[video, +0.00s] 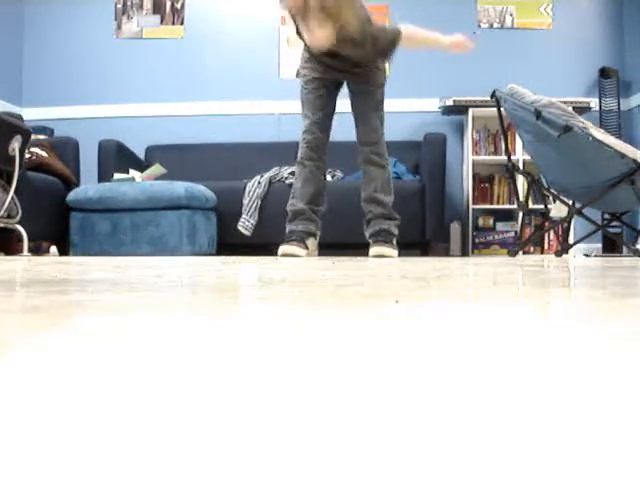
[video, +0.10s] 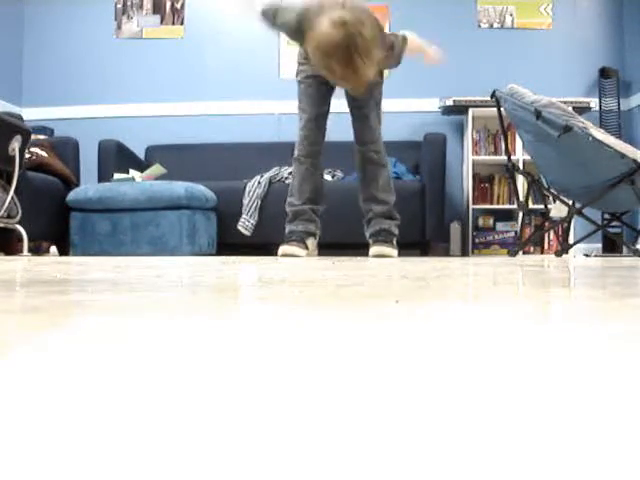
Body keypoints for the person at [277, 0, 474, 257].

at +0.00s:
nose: (316, 30)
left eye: (323, 22)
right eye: (308, 21)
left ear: (337, 18)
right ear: (300, 12)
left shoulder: (363, 34)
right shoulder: (294, 7)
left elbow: (404, 35)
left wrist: (446, 42)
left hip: (365, 62)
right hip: (318, 58)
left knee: (372, 146)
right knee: (311, 143)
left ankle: (382, 236)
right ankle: (301, 234)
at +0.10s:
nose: (345, 81)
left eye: (353, 74)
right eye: (336, 72)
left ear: (366, 52)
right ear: (320, 52)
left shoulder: (381, 48)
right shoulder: (301, 23)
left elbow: (410, 42)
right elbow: (266, 10)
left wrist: (428, 52)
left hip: (367, 61)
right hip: (315, 55)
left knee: (370, 146)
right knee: (308, 144)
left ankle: (382, 235)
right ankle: (300, 234)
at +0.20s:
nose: (360, 88)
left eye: (368, 82)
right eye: (355, 78)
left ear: (388, 57)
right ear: (337, 58)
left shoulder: (392, 40)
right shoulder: (314, 41)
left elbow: (397, 56)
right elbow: (302, 91)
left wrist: (397, 88)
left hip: (366, 50)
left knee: (366, 141)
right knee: (310, 139)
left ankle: (382, 234)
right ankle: (302, 235)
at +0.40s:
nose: (340, 54)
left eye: (347, 48)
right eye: (332, 49)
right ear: (323, 38)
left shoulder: (381, 12)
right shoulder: (314, 25)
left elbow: (382, 58)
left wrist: (387, 104)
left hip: (365, 54)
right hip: (316, 51)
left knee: (369, 139)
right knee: (311, 131)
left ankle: (382, 234)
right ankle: (305, 232)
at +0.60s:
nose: (332, 55)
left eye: (334, 49)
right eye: (324, 54)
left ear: (345, 29)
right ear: (303, 46)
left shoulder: (372, 10)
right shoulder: (303, 39)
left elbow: (390, 47)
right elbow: (358, 73)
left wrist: (401, 94)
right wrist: (433, 77)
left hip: (369, 56)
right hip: (320, 62)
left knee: (372, 138)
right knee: (311, 134)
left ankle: (383, 232)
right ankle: (305, 230)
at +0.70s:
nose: (308, 73)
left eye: (313, 67)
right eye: (303, 70)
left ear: (328, 44)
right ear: (289, 49)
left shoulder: (361, 21)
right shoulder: (293, 40)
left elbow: (398, 41)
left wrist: (408, 88)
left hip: (367, 56)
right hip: (319, 67)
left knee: (374, 136)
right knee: (312, 141)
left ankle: (382, 231)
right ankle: (305, 230)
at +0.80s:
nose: (296, 75)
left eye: (302, 69)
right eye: (289, 71)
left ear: (321, 47)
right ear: (278, 53)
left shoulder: (364, 30)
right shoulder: (276, 51)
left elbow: (400, 23)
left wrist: (414, 54)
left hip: (373, 52)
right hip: (324, 61)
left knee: (377, 137)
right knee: (315, 138)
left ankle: (383, 231)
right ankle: (303, 231)